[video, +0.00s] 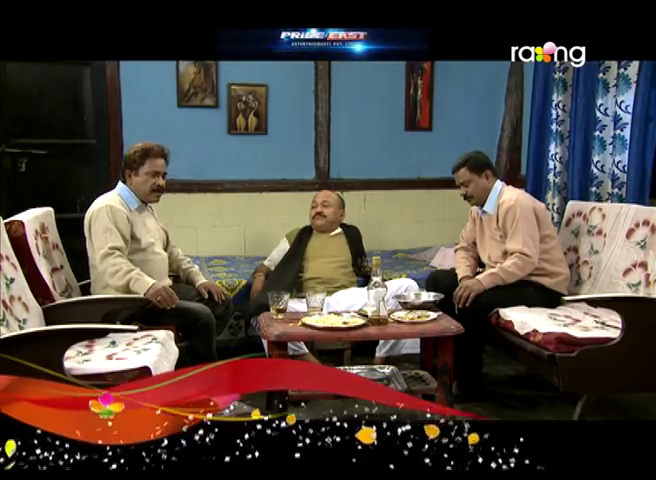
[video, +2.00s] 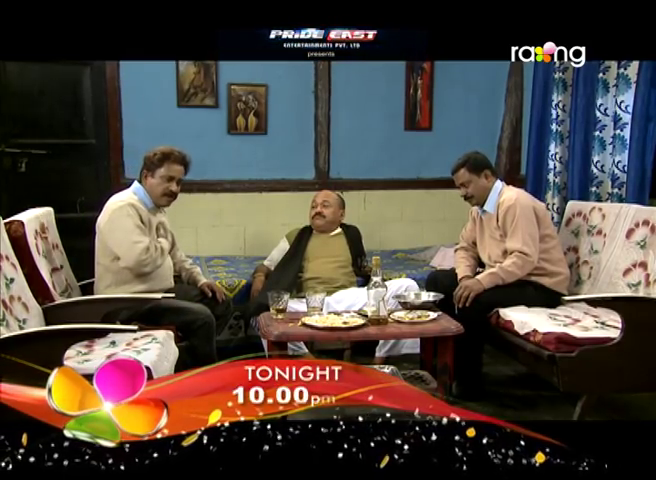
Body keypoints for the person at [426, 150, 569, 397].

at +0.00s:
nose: (463, 193)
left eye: (466, 185)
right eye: (460, 187)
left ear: (487, 177)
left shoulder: (517, 203)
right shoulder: (479, 209)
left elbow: (524, 259)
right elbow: (465, 248)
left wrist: (481, 282)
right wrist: (466, 276)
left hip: (542, 286)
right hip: (505, 278)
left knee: (473, 301)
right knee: (438, 280)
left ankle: (467, 384)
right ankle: (438, 369)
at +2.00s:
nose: (463, 193)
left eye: (466, 185)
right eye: (460, 188)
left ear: (487, 177)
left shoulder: (517, 203)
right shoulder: (479, 209)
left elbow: (523, 259)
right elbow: (465, 247)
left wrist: (480, 282)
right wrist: (465, 276)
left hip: (542, 285)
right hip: (504, 277)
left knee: (472, 302)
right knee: (437, 280)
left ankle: (467, 385)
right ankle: (440, 369)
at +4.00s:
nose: (458, 198)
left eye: (461, 190)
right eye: (455, 193)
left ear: (481, 179)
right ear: (479, 180)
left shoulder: (514, 205)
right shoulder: (478, 209)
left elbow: (513, 266)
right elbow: (464, 248)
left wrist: (465, 294)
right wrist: (464, 282)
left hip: (541, 286)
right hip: (502, 277)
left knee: (468, 302)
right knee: (437, 280)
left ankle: (467, 385)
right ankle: (440, 368)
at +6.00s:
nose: (458, 199)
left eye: (460, 191)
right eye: (455, 194)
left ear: (480, 180)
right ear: (478, 181)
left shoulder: (512, 206)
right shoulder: (477, 208)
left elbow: (513, 266)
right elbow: (464, 248)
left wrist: (466, 294)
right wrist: (463, 283)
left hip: (542, 286)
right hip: (504, 277)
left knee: (468, 302)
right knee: (437, 280)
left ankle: (467, 386)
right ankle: (440, 370)